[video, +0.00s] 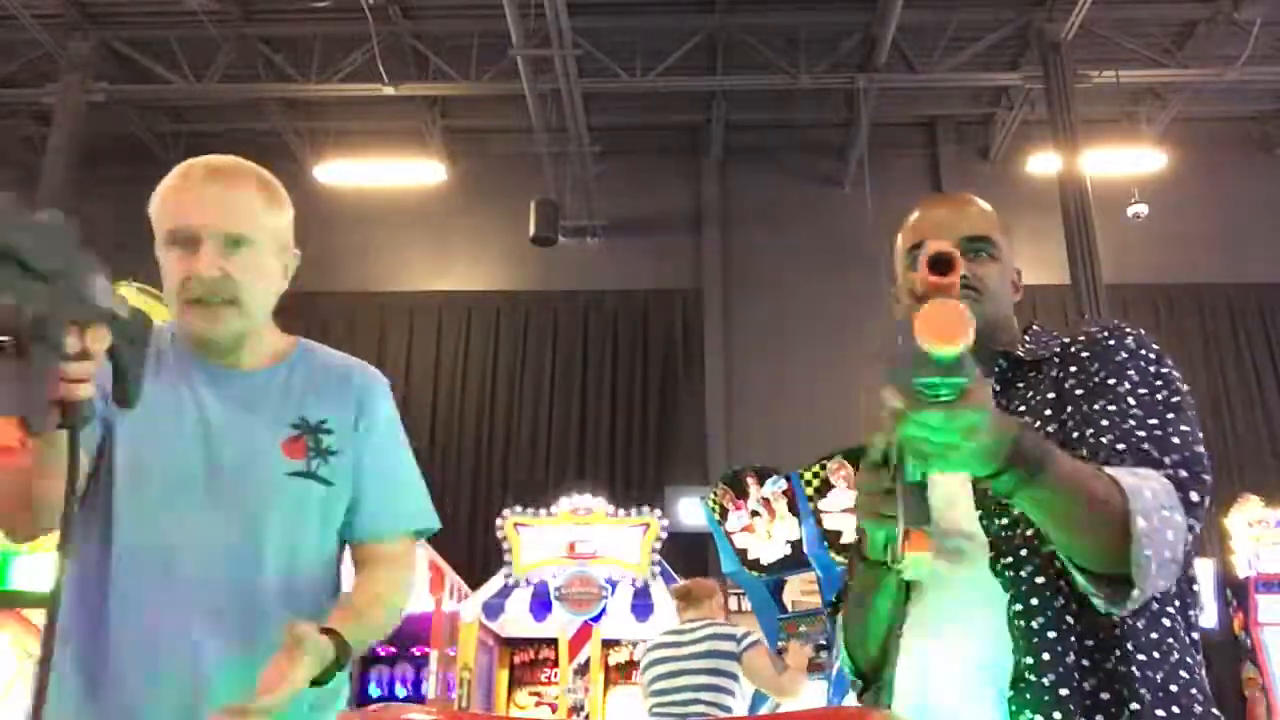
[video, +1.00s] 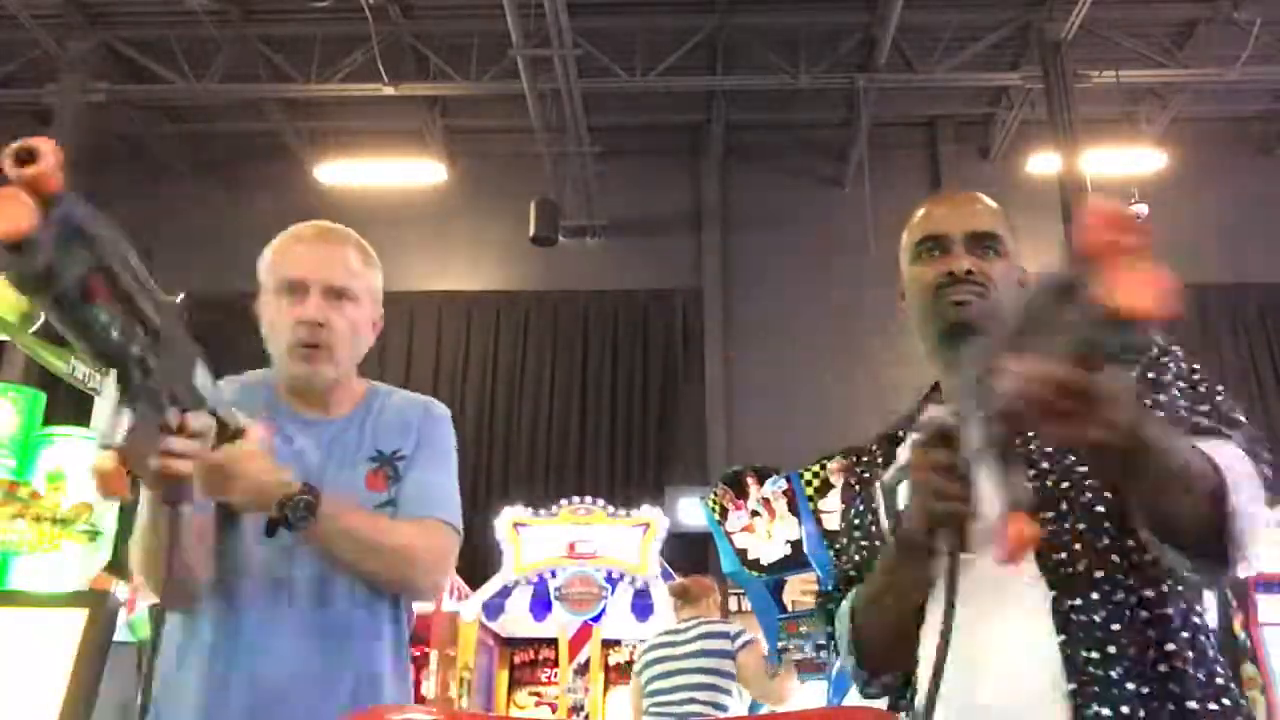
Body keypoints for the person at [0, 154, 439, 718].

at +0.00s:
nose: (206, 269)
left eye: (234, 245)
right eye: (183, 244)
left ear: (287, 266)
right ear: (157, 257)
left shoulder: (352, 395)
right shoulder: (109, 370)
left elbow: (390, 574)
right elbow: (24, 526)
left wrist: (330, 643)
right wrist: (54, 419)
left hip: (274, 713)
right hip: (101, 706)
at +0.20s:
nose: (293, 256)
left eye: (322, 232)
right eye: (269, 230)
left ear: (374, 254)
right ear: (240, 246)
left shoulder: (434, 388)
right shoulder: (181, 366)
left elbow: (468, 566)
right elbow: (103, 525)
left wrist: (368, 646)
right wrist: (86, 403)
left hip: (341, 710)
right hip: (164, 701)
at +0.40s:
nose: (308, 296)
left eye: (333, 279)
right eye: (286, 274)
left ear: (373, 305)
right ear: (256, 292)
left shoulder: (423, 423)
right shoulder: (208, 402)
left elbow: (473, 586)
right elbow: (149, 540)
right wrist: (156, 440)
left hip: (363, 706)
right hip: (202, 704)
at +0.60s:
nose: (321, 300)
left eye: (346, 281)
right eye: (300, 278)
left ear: (389, 307)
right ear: (271, 297)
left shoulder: (434, 411)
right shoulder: (209, 400)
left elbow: (453, 568)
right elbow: (169, 566)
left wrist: (315, 479)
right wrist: (217, 467)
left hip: (381, 706)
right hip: (224, 703)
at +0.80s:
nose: (258, 292)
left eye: (286, 271)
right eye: (238, 270)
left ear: (327, 297)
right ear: (200, 283)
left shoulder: (375, 403)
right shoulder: (140, 389)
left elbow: (400, 562)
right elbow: (118, 559)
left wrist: (274, 477)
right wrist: (164, 476)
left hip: (314, 706)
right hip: (152, 704)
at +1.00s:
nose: (312, 314)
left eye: (338, 296)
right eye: (292, 292)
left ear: (374, 323)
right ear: (260, 310)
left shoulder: (419, 422)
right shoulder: (206, 410)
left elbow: (427, 569)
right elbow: (175, 590)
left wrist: (281, 496)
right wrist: (165, 489)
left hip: (354, 708)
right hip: (208, 707)